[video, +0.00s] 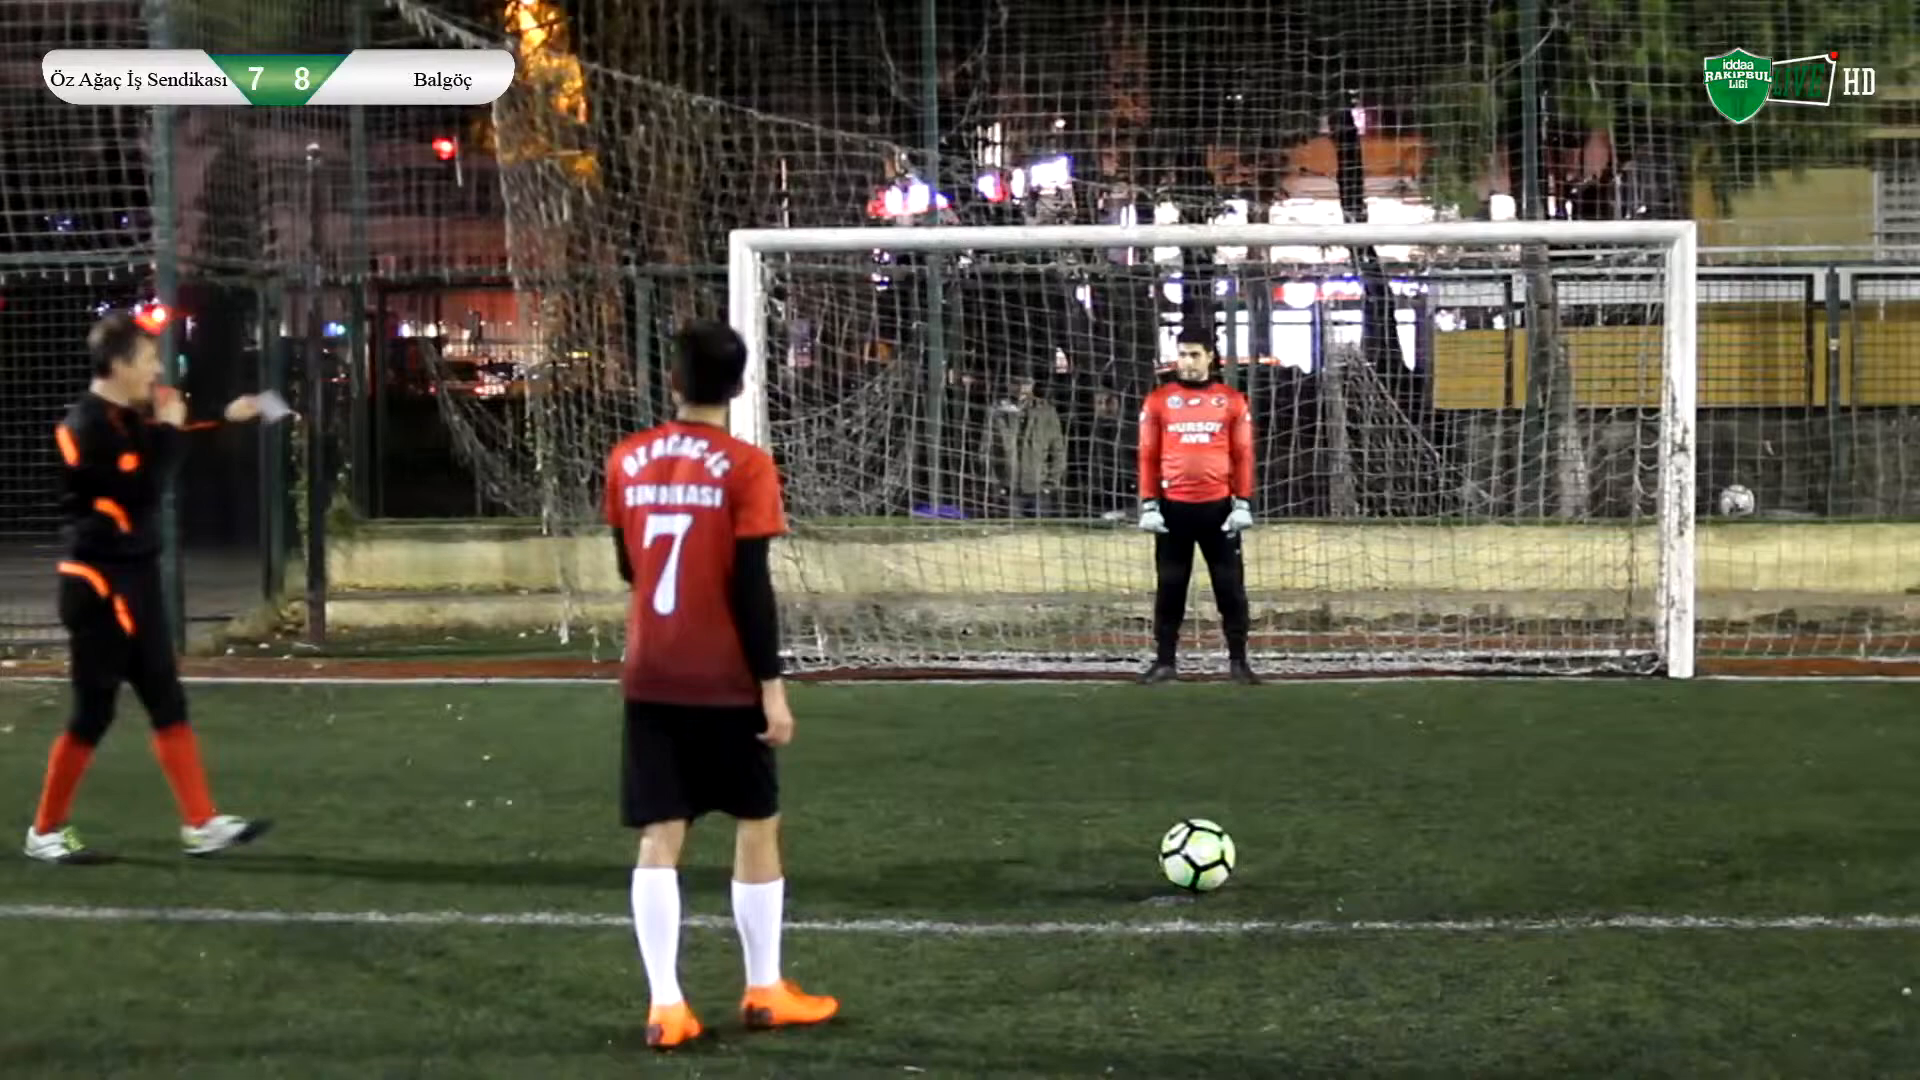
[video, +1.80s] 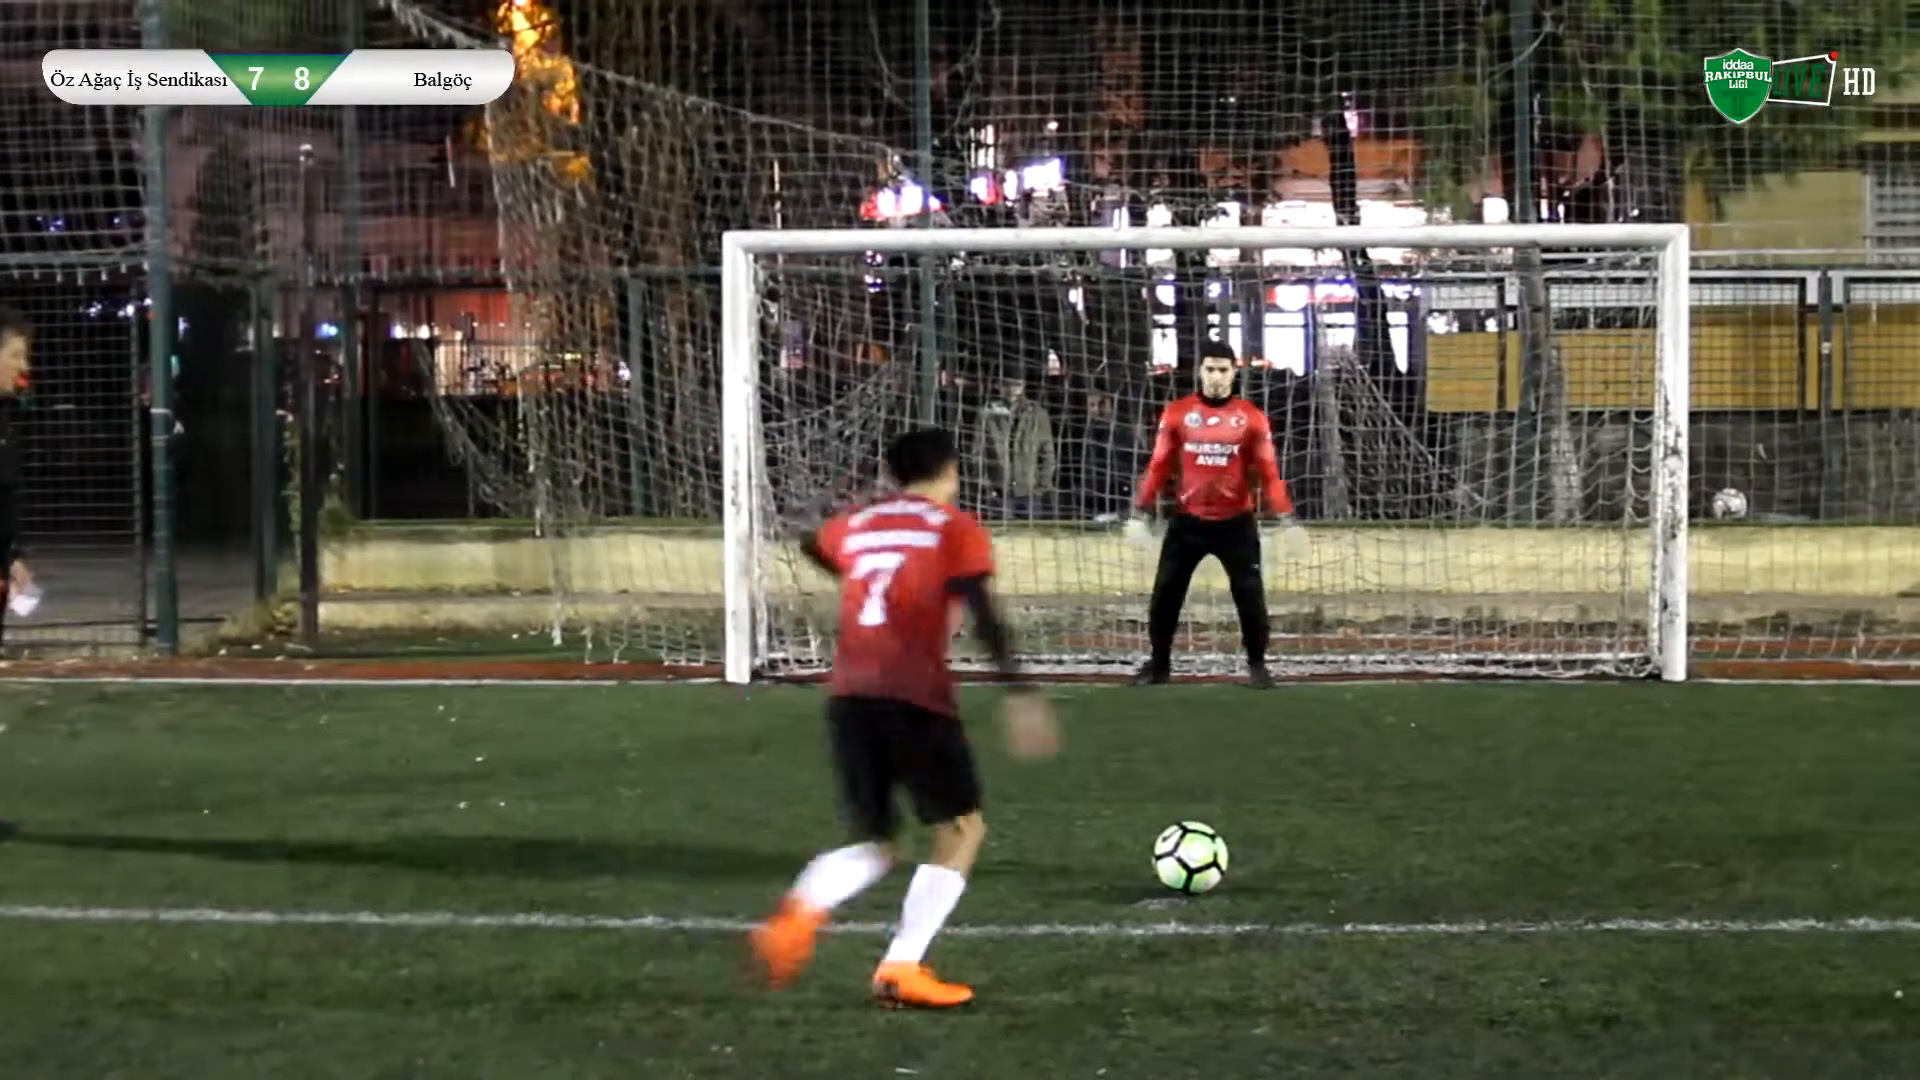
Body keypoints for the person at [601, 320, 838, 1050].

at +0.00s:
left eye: (691, 370)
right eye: (737, 378)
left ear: (676, 380)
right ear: (740, 386)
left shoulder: (627, 458)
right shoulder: (749, 466)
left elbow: (631, 568)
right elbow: (750, 583)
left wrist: (706, 566)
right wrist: (771, 681)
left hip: (649, 681)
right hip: (726, 681)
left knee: (661, 830)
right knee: (759, 821)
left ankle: (665, 1002)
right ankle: (767, 986)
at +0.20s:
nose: (727, 386)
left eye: (696, 369)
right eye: (738, 378)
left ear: (678, 378)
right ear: (740, 385)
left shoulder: (626, 457)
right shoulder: (747, 466)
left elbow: (619, 576)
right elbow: (751, 577)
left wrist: (643, 647)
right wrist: (775, 675)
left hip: (648, 681)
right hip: (728, 681)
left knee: (659, 829)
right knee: (751, 825)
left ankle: (665, 1000)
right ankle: (766, 985)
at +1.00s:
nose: (801, 417)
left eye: (799, 405)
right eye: (801, 406)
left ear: (737, 397)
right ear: (788, 408)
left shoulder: (671, 460)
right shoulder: (784, 472)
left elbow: (643, 575)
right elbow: (774, 577)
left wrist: (690, 627)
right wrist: (789, 679)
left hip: (656, 670)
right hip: (733, 675)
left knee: (665, 826)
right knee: (758, 825)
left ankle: (664, 1002)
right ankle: (766, 986)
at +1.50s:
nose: (855, 457)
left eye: (854, 446)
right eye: (854, 446)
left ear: (792, 440)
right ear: (841, 443)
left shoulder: (729, 496)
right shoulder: (837, 496)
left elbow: (695, 597)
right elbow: (810, 575)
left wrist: (734, 648)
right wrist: (805, 678)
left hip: (710, 688)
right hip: (782, 688)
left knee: (693, 834)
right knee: (850, 793)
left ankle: (664, 1002)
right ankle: (850, 957)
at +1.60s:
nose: (890, 478)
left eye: (888, 469)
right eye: (890, 468)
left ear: (829, 465)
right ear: (878, 466)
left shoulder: (776, 516)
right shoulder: (874, 512)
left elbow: (775, 613)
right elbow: (849, 575)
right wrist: (837, 671)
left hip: (749, 690)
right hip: (816, 689)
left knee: (718, 832)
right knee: (898, 792)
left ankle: (672, 991)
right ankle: (894, 953)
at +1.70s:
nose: (919, 491)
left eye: (917, 481)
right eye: (917, 481)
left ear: (857, 476)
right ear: (906, 479)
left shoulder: (815, 520)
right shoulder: (906, 521)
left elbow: (815, 612)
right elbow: (888, 587)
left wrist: (893, 647)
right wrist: (886, 671)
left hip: (787, 697)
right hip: (855, 697)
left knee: (757, 831)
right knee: (928, 808)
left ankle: (694, 970)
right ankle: (896, 964)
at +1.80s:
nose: (959, 483)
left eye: (956, 474)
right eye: (956, 474)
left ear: (895, 477)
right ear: (946, 475)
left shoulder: (860, 519)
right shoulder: (956, 526)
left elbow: (815, 546)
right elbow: (983, 610)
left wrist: (868, 572)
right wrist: (1020, 689)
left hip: (848, 697)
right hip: (915, 697)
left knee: (876, 840)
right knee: (961, 828)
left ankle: (801, 906)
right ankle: (903, 962)